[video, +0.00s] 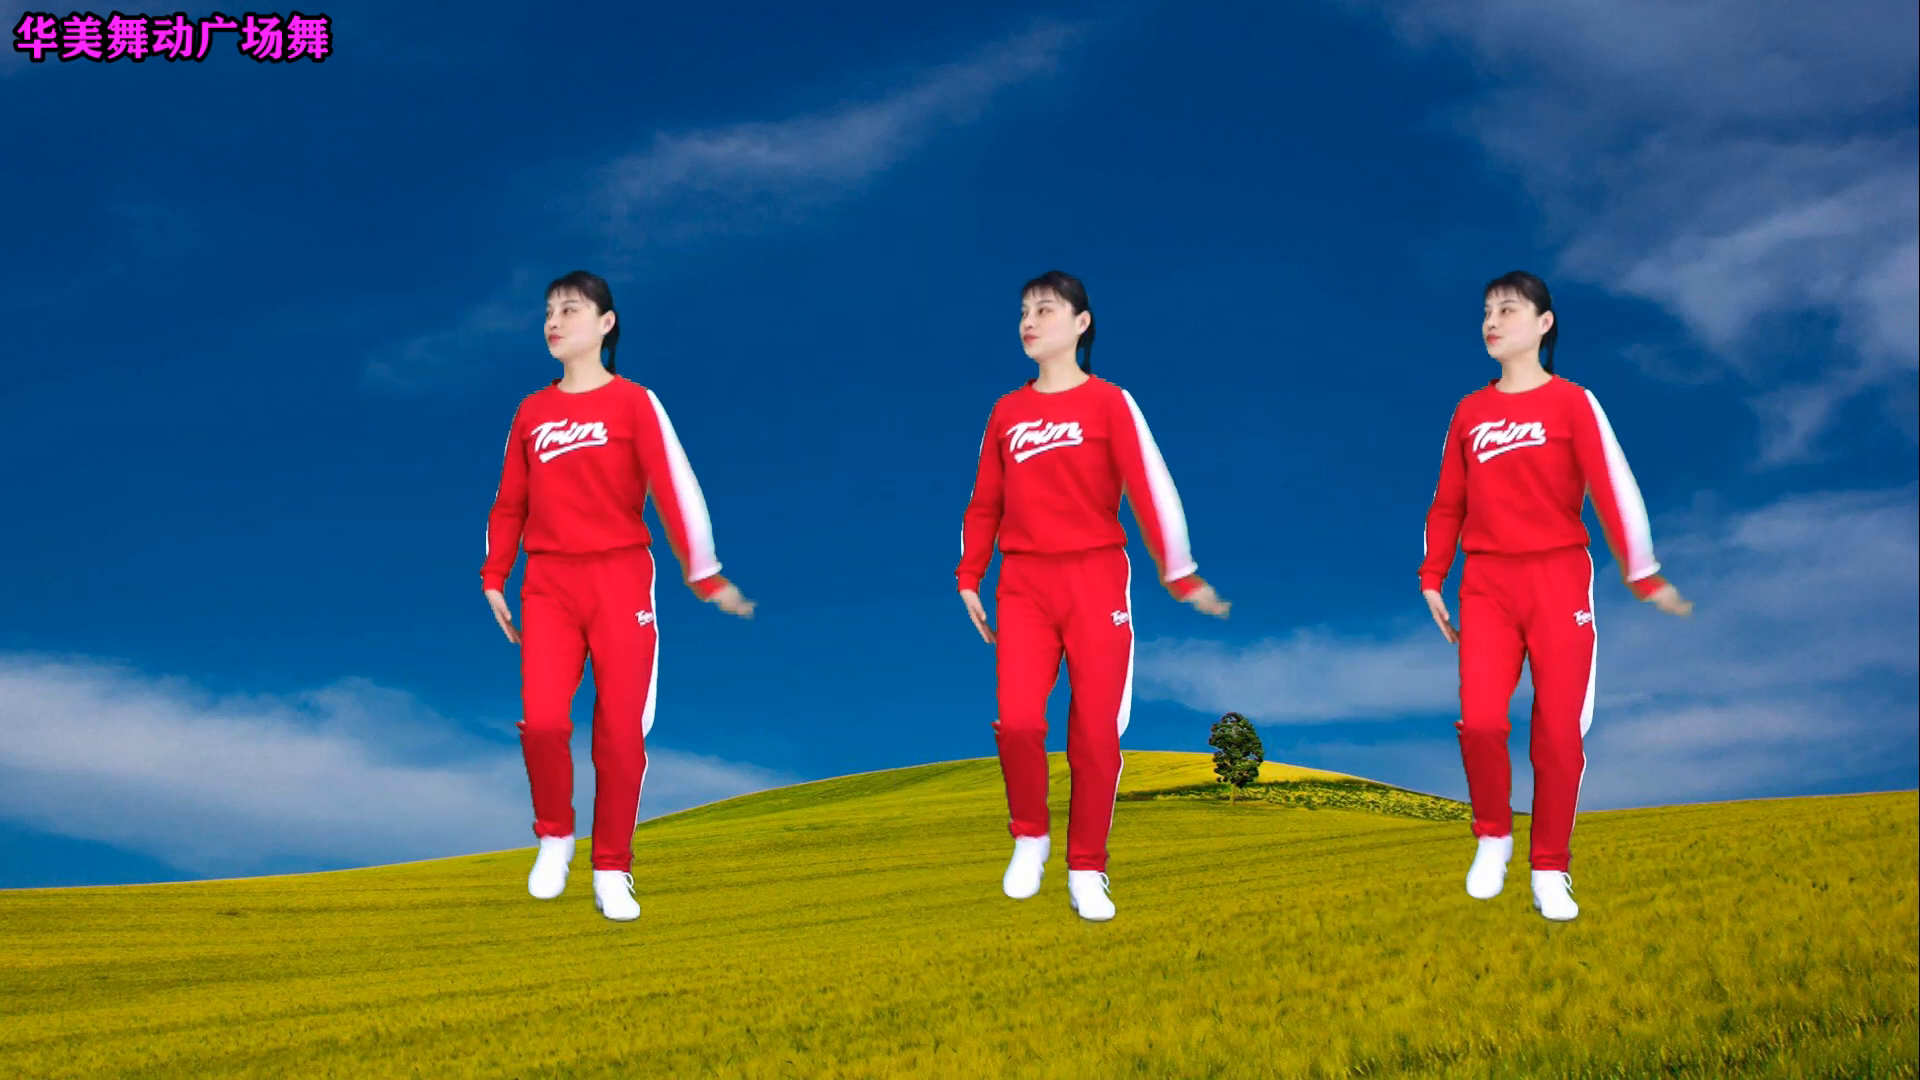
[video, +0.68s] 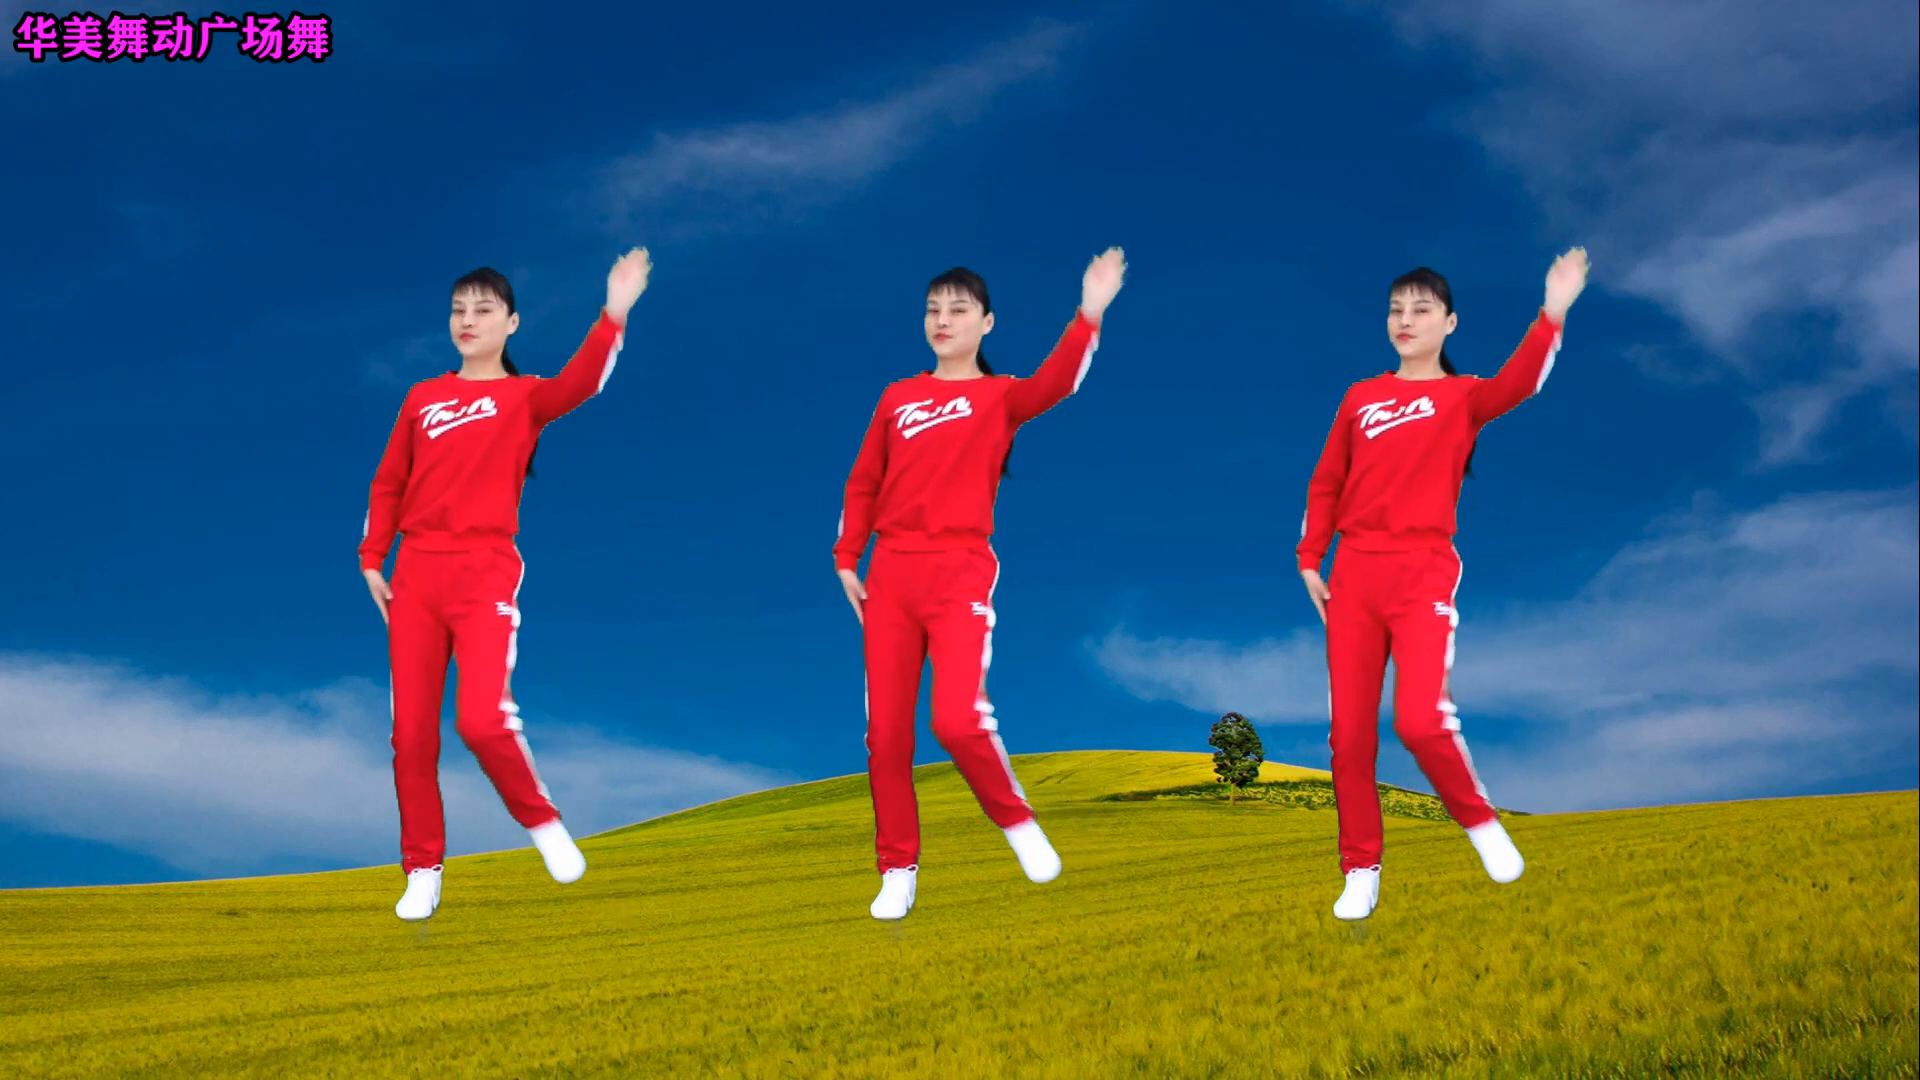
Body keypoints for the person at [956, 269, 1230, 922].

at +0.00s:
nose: (1029, 322)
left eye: (1044, 311)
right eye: (1025, 313)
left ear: (1080, 324)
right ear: (1022, 330)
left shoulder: (1109, 402)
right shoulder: (1007, 412)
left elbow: (1150, 486)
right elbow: (985, 502)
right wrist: (968, 575)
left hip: (1097, 579)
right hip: (1023, 582)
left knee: (1096, 729)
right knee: (1016, 721)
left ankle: (1087, 867)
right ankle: (1031, 835)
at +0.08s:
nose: (1023, 323)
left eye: (1038, 312)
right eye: (1020, 315)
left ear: (1075, 324)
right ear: (1019, 331)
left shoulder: (1103, 398)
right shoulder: (1007, 413)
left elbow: (1097, 488)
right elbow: (986, 503)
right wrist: (971, 578)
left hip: (1095, 576)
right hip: (1024, 578)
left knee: (1095, 728)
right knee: (997, 709)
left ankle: (1087, 866)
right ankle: (1007, 820)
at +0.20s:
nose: (1011, 306)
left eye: (1026, 294)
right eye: (1008, 297)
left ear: (1066, 304)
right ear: (1009, 313)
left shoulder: (1095, 369)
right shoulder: (993, 393)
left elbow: (1031, 386)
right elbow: (979, 484)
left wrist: (943, 406)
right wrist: (967, 561)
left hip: (1080, 558)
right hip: (1006, 561)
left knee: (1085, 719)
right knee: (967, 699)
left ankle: (1089, 862)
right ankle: (959, 828)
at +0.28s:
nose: (1004, 293)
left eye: (1019, 282)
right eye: (1000, 286)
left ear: (1057, 294)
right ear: (999, 299)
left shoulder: (1084, 358)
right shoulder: (986, 386)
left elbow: (1025, 331)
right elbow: (967, 476)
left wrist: (943, 316)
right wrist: (956, 554)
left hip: (1066, 552)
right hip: (994, 555)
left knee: (1078, 713)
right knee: (952, 704)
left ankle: (1091, 860)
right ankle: (924, 844)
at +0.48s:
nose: (969, 312)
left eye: (984, 302)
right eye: (966, 306)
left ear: (1020, 316)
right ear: (963, 324)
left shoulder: (1039, 385)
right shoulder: (941, 400)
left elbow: (1043, 306)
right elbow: (916, 492)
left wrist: (1007, 229)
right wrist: (906, 574)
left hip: (1014, 567)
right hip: (939, 572)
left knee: (1050, 724)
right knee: (917, 736)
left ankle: (1085, 862)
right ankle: (899, 866)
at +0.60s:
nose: (949, 313)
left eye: (965, 304)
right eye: (944, 305)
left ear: (999, 317)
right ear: (937, 320)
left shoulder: (1013, 387)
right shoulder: (911, 392)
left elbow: (1055, 341)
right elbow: (880, 481)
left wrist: (1059, 253)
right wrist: (871, 560)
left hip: (974, 563)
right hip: (904, 568)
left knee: (1004, 722)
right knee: (896, 734)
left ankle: (1060, 850)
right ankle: (898, 865)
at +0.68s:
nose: (944, 317)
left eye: (959, 308)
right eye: (936, 309)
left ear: (984, 323)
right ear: (925, 323)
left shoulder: (1002, 394)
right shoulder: (897, 398)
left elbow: (1057, 380)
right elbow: (864, 483)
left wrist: (1089, 312)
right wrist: (846, 559)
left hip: (962, 570)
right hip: (891, 569)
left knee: (955, 719)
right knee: (886, 730)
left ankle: (1016, 823)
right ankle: (898, 865)